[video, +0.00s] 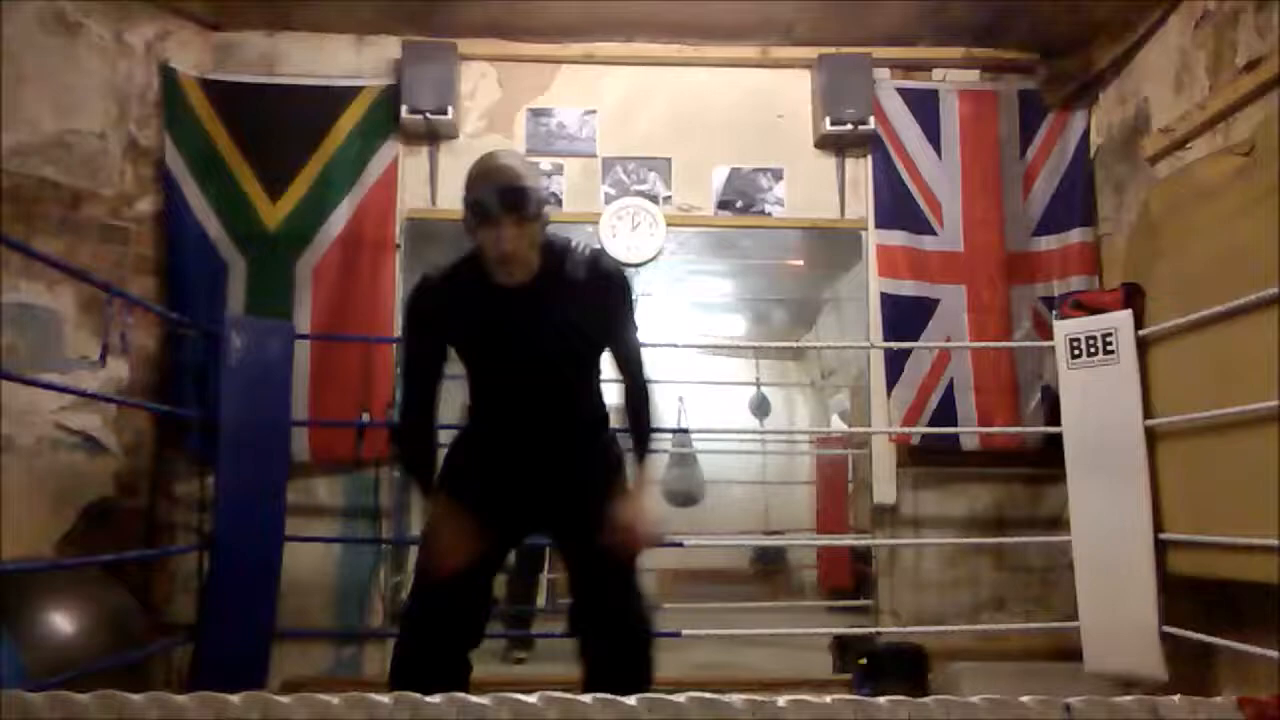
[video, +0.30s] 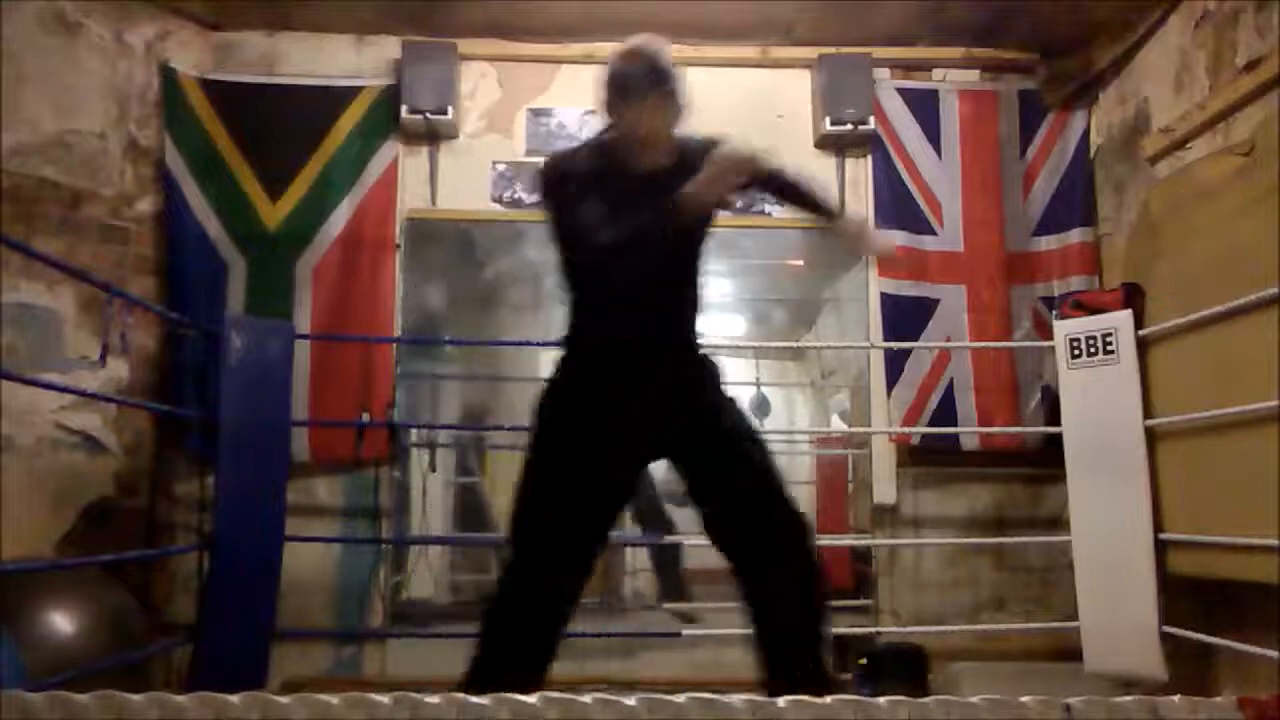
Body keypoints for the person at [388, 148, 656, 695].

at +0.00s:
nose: (504, 241)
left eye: (518, 222)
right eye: (488, 225)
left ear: (541, 219)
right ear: (469, 228)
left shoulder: (593, 280)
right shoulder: (440, 298)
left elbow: (633, 379)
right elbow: (414, 419)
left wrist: (641, 478)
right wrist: (435, 498)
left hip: (583, 465)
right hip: (488, 465)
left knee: (618, 633)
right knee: (430, 635)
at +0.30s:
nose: (649, 120)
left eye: (658, 103)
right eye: (636, 105)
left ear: (675, 103)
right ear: (614, 107)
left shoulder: (697, 162)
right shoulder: (572, 173)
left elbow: (769, 180)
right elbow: (602, 261)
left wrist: (836, 218)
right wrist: (695, 199)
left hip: (682, 387)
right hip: (595, 392)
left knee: (776, 544)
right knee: (541, 568)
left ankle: (802, 700)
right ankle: (487, 714)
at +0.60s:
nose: (837, 201)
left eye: (848, 185)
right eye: (822, 182)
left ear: (863, 186)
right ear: (789, 179)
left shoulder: (864, 267)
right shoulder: (720, 267)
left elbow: (933, 358)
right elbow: (727, 402)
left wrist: (1013, 414)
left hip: (820, 474)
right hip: (726, 482)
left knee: (914, 663)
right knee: (747, 678)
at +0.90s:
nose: (737, 87)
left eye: (755, 72)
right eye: (728, 69)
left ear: (779, 80)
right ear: (706, 73)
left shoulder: (808, 170)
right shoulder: (658, 147)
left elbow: (778, 280)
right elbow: (548, 159)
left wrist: (671, 186)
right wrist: (470, 209)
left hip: (764, 395)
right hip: (665, 393)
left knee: (826, 567)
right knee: (598, 551)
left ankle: (889, 712)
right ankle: (600, 707)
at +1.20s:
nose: (507, 99)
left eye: (528, 76)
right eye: (490, 77)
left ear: (560, 84)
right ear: (470, 90)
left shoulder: (629, 205)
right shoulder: (436, 194)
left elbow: (608, 353)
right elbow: (350, 289)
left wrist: (483, 317)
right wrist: (253, 344)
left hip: (598, 466)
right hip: (484, 454)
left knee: (605, 691)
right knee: (381, 664)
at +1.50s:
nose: (465, 80)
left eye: (489, 53)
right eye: (447, 55)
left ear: (529, 64)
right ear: (427, 72)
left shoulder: (618, 179)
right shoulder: (395, 207)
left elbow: (703, 326)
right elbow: (368, 397)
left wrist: (749, 469)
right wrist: (412, 476)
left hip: (599, 465)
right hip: (462, 460)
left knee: (662, 694)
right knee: (351, 690)